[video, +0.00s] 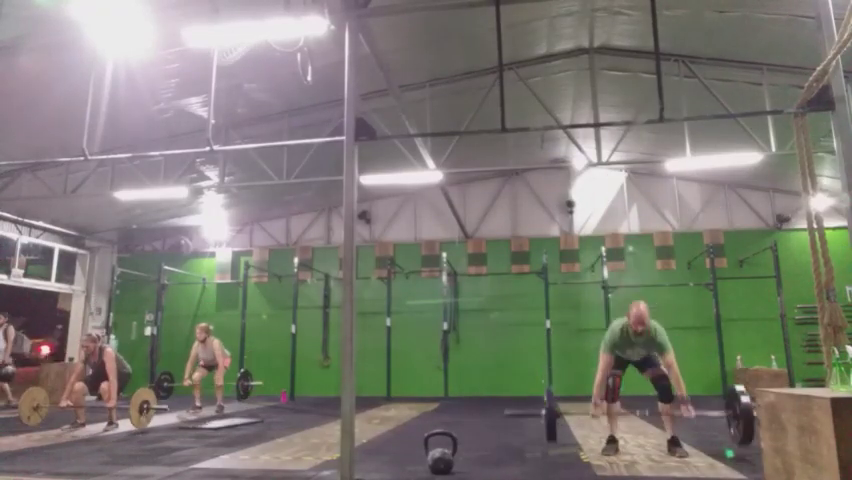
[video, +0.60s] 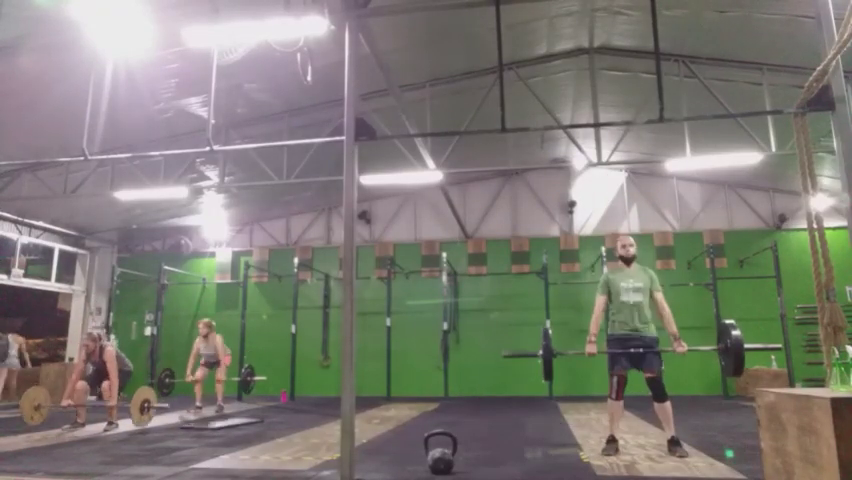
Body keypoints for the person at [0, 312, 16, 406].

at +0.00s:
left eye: (1, 317)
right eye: (0, 317)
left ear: (5, 318)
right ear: (2, 319)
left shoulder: (9, 328)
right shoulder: (3, 328)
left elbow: (9, 343)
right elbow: (9, 343)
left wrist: (6, 357)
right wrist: (6, 357)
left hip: (3, 359)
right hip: (2, 359)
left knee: (3, 381)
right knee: (3, 381)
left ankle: (10, 399)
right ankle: (10, 399)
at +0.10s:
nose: (7, 323)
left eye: (8, 321)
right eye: (7, 321)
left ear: (11, 321)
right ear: (19, 322)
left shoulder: (11, 329)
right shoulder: (24, 332)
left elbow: (5, 342)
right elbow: (25, 349)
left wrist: (1, 352)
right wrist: (20, 362)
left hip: (6, 356)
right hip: (16, 358)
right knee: (12, 378)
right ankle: (13, 400)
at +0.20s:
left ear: (6, 323)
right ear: (15, 323)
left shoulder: (3, 332)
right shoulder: (19, 334)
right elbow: (21, 349)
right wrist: (21, 361)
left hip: (3, 357)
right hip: (12, 358)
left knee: (4, 379)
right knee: (11, 379)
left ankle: (10, 398)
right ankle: (10, 399)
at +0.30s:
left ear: (5, 324)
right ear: (12, 325)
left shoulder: (2, 331)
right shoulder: (15, 334)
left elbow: (19, 348)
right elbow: (19, 348)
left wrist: (23, 359)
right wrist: (23, 359)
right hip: (7, 357)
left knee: (3, 378)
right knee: (3, 378)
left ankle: (1, 396)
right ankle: (1, 396)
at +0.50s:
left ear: (8, 327)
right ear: (16, 328)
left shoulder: (3, 335)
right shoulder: (18, 337)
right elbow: (19, 351)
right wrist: (20, 362)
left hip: (2, 359)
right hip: (11, 359)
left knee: (2, 378)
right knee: (8, 378)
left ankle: (2, 392)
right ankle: (2, 390)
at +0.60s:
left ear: (8, 328)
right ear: (17, 329)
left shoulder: (5, 337)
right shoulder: (20, 339)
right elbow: (24, 352)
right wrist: (28, 363)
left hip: (4, 360)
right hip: (15, 360)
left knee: (2, 380)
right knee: (13, 381)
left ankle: (1, 398)